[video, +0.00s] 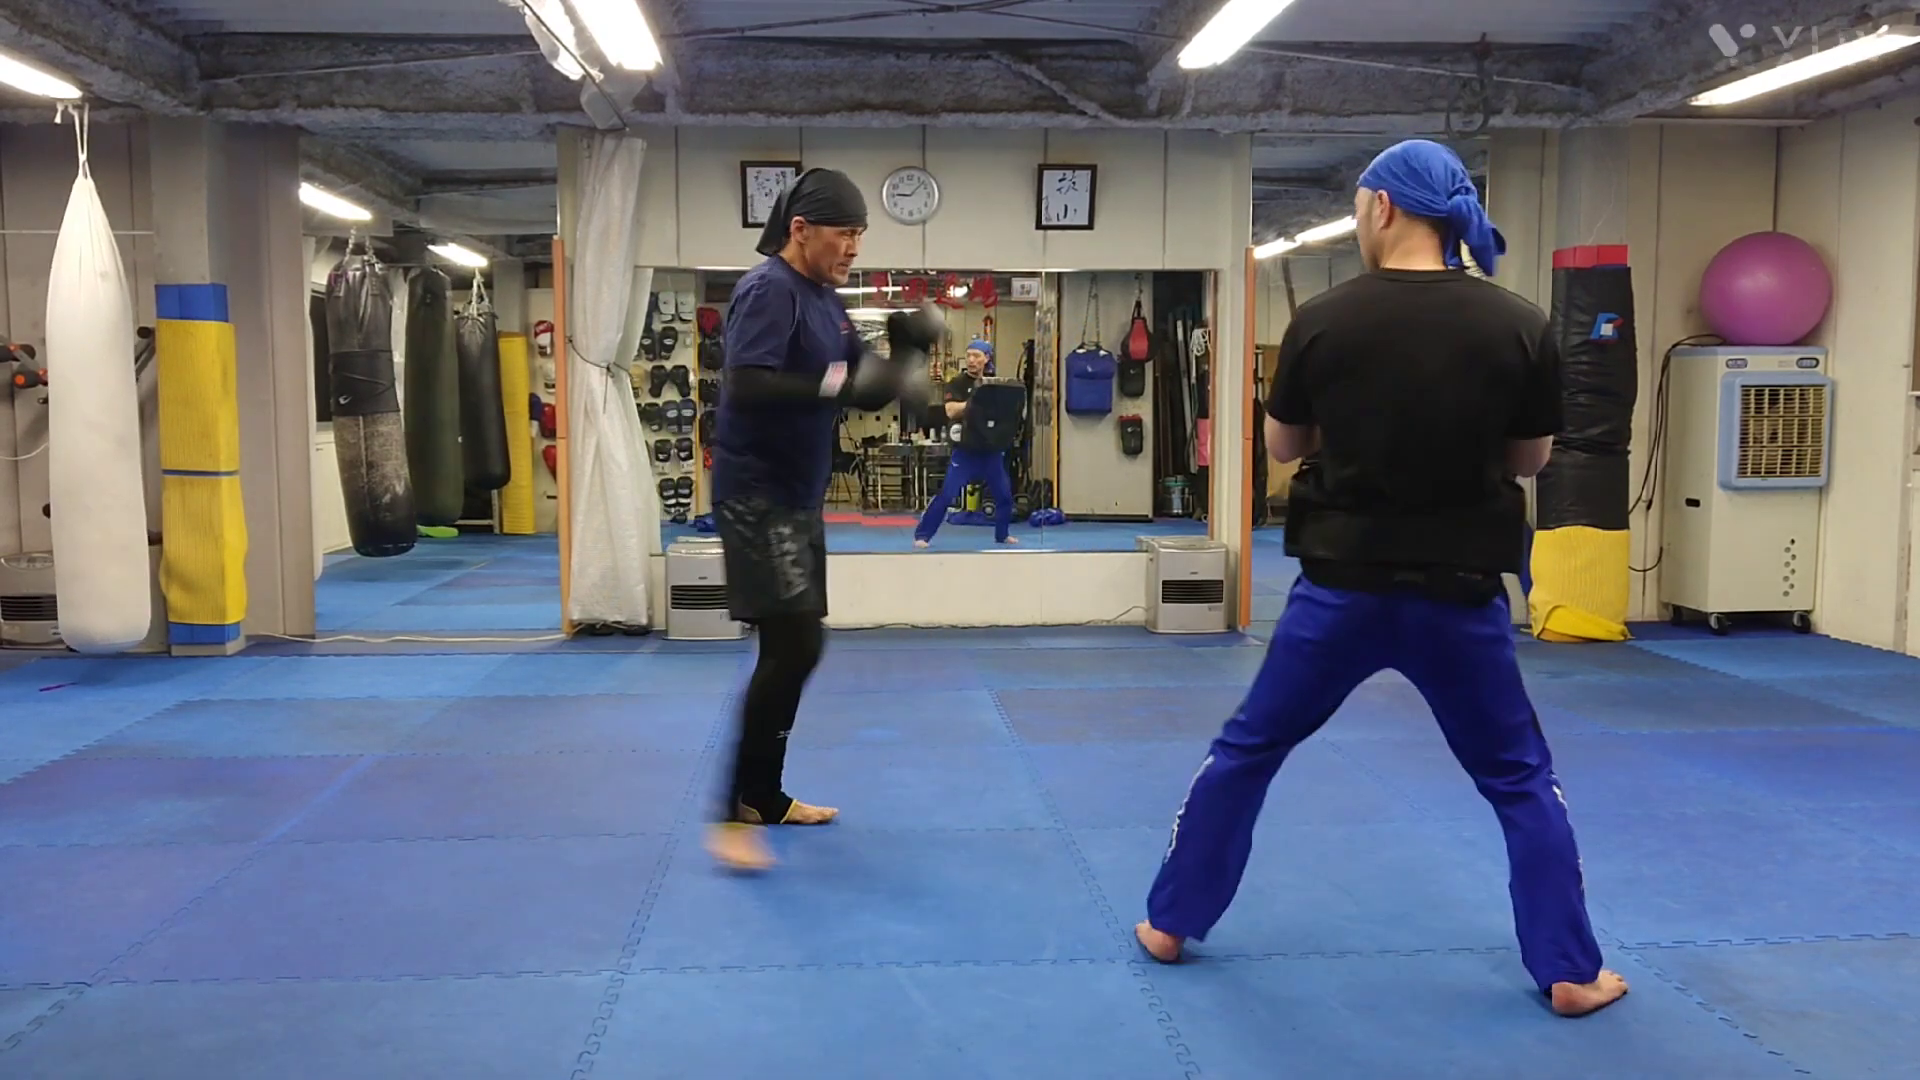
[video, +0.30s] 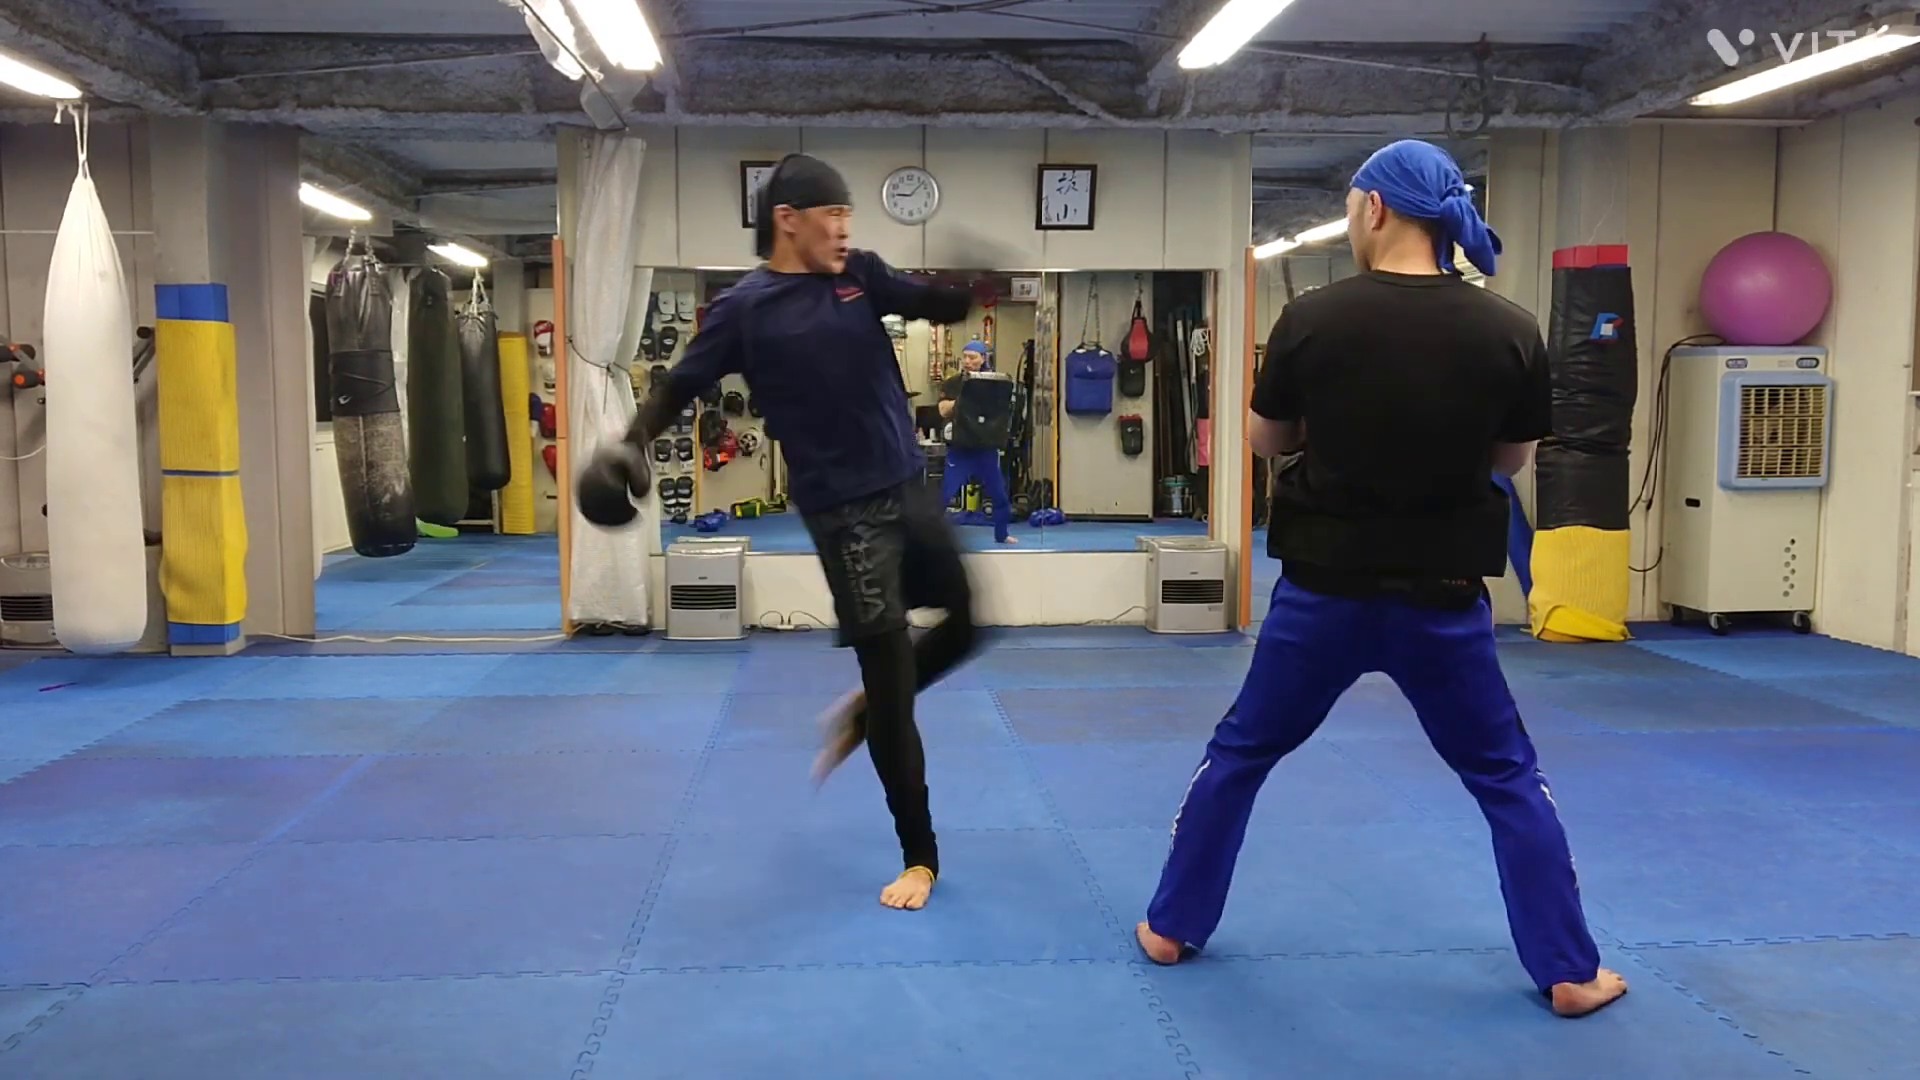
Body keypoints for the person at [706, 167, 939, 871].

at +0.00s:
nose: (855, 247)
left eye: (859, 234)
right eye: (844, 233)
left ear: (836, 236)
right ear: (802, 230)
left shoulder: (826, 302)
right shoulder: (769, 288)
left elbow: (850, 380)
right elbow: (743, 383)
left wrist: (901, 361)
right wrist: (836, 386)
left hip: (796, 501)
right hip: (757, 501)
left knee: (797, 645)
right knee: (790, 645)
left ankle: (763, 799)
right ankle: (736, 815)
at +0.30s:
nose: (845, 230)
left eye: (846, 217)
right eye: (832, 218)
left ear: (840, 222)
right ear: (783, 221)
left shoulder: (859, 273)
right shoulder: (742, 310)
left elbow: (922, 297)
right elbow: (677, 387)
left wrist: (966, 293)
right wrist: (632, 444)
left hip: (910, 490)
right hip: (844, 512)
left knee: (964, 625)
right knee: (890, 684)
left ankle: (864, 713)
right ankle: (919, 859)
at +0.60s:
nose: (854, 216)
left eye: (855, 203)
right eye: (840, 203)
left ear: (820, 212)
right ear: (794, 210)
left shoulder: (848, 269)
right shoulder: (763, 316)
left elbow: (876, 251)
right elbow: (798, 405)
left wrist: (865, 253)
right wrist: (829, 299)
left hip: (953, 424)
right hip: (896, 499)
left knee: (1097, 417)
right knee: (919, 678)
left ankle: (1256, 419)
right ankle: (928, 858)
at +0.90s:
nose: (954, 221)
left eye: (958, 208)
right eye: (944, 206)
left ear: (928, 209)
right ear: (896, 202)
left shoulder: (931, 286)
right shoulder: (852, 293)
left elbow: (963, 375)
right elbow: (856, 402)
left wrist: (1023, 348)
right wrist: (931, 326)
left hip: (939, 498)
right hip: (882, 510)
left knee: (973, 629)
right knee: (913, 672)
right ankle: (908, 861)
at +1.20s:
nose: (1025, 261)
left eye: (1031, 248)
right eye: (1014, 244)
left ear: (1022, 247)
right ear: (968, 235)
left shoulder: (977, 310)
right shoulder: (929, 297)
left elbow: (965, 413)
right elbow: (927, 407)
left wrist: (1015, 463)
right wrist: (1016, 371)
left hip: (935, 510)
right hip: (888, 510)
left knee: (943, 663)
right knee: (915, 669)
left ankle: (903, 811)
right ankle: (855, 839)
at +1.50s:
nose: (1018, 234)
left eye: (1024, 220)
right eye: (1002, 223)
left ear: (1030, 222)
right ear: (960, 228)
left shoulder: (1030, 300)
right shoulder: (938, 291)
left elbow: (1094, 382)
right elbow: (869, 387)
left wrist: (1122, 358)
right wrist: (935, 403)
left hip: (981, 517)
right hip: (928, 516)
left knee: (948, 666)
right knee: (965, 676)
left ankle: (903, 808)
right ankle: (1000, 881)